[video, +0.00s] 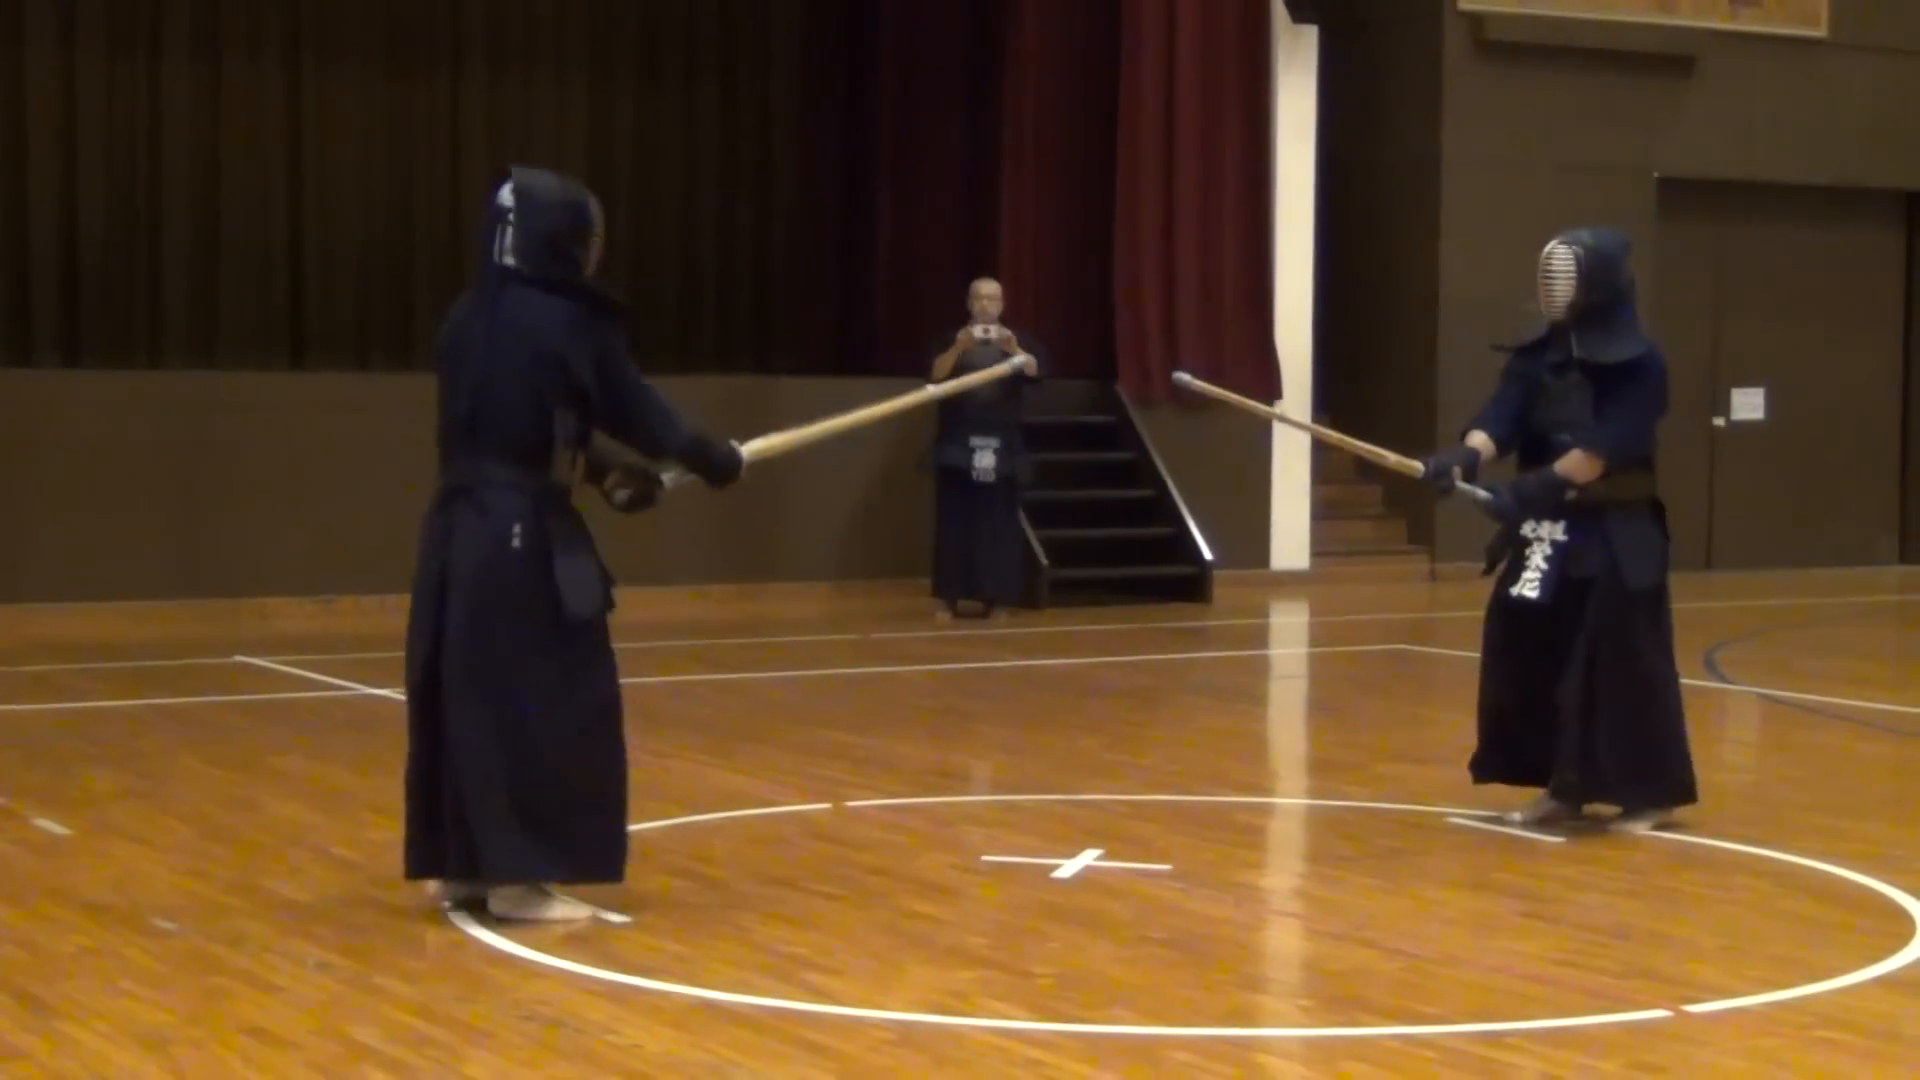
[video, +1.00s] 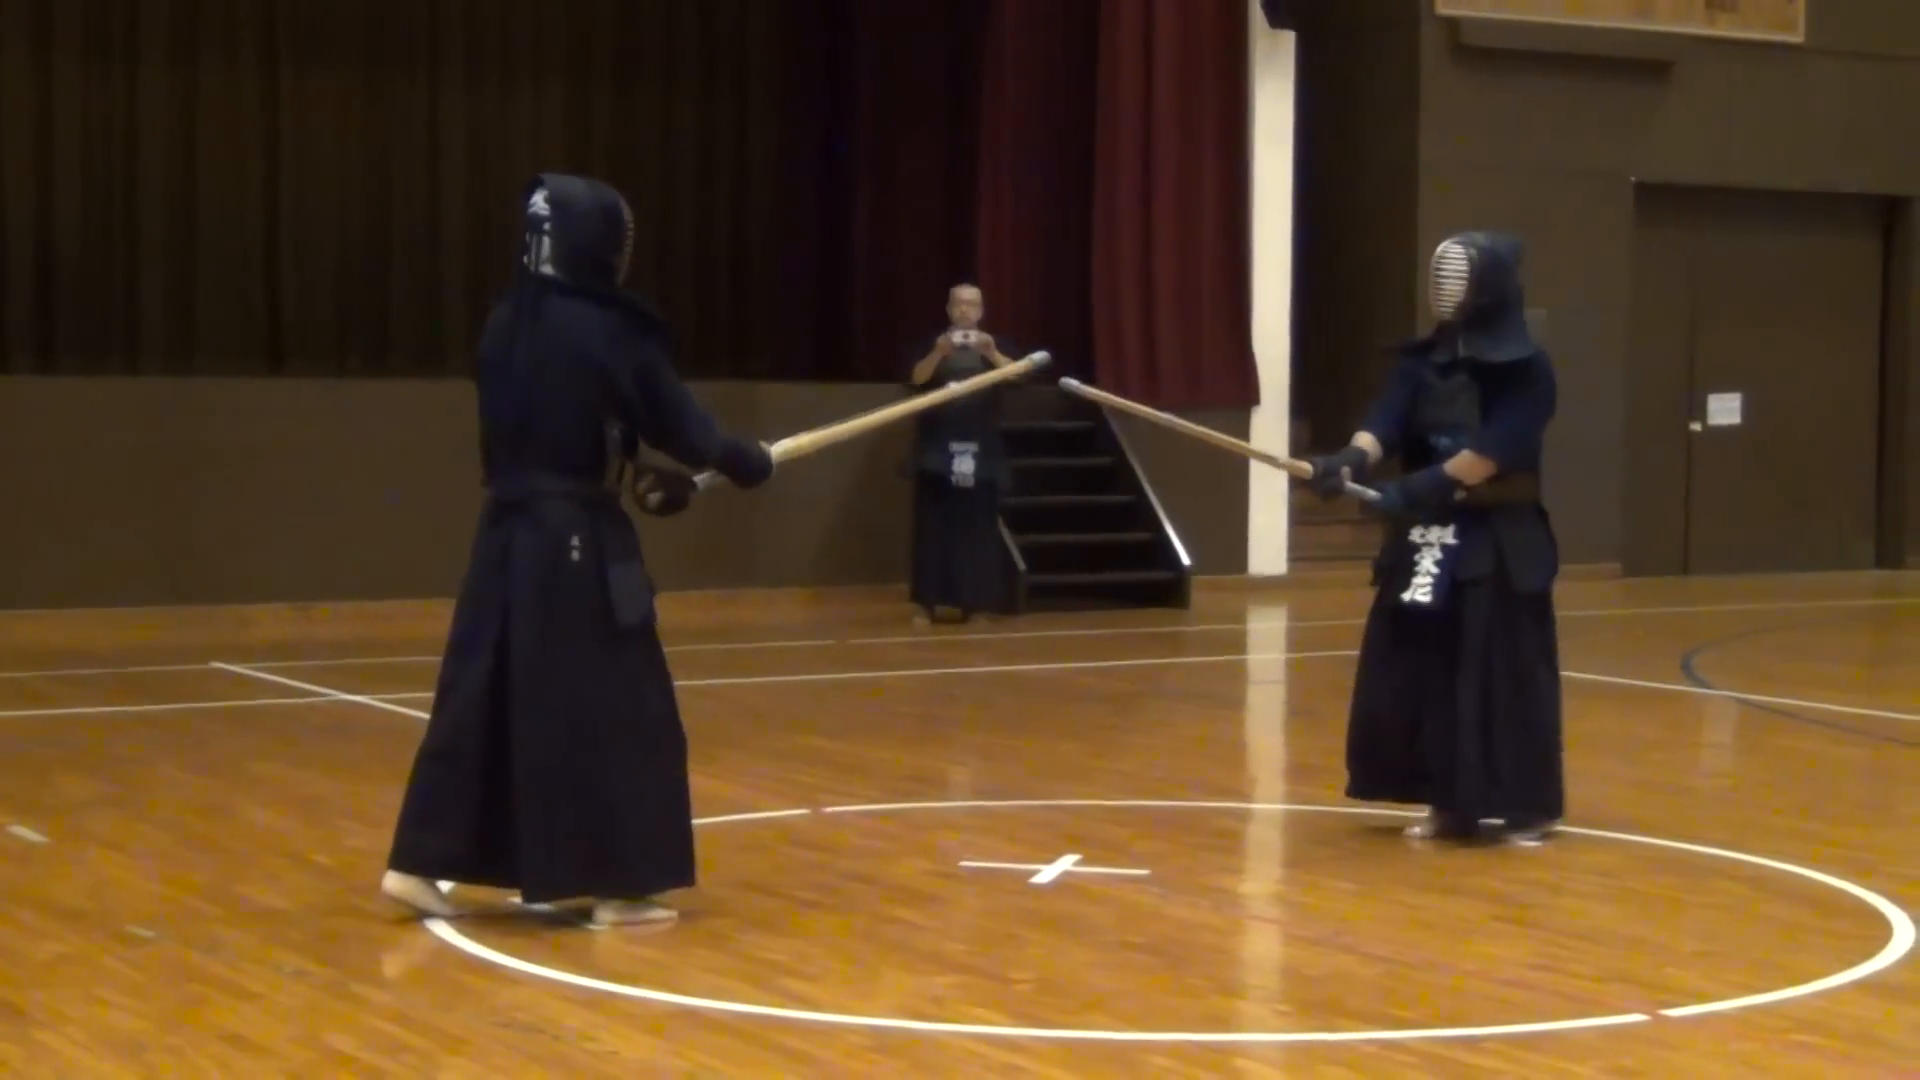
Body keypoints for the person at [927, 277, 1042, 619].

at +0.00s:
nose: (986, 305)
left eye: (992, 299)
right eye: (979, 299)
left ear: (1002, 303)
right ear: (969, 303)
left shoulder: (1015, 342)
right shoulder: (954, 340)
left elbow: (1035, 371)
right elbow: (936, 376)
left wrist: (1012, 348)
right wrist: (959, 347)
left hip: (1001, 440)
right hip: (958, 439)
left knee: (998, 517)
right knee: (954, 516)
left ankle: (997, 599)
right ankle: (947, 596)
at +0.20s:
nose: (987, 306)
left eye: (993, 300)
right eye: (981, 300)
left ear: (1003, 304)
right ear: (970, 304)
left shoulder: (1013, 343)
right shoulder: (956, 342)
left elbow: (1035, 371)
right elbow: (935, 376)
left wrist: (1011, 347)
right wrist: (960, 347)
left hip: (1000, 439)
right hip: (959, 438)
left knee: (999, 516)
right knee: (954, 516)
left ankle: (999, 599)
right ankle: (949, 598)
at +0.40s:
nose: (985, 307)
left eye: (992, 301)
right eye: (979, 301)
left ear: (1002, 306)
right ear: (969, 305)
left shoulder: (1012, 343)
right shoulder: (955, 343)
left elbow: (1034, 371)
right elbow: (934, 378)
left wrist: (1009, 349)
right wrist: (959, 348)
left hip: (999, 441)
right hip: (958, 439)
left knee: (997, 517)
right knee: (953, 517)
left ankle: (997, 600)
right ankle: (945, 597)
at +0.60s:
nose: (979, 308)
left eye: (986, 302)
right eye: (973, 302)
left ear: (997, 307)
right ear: (963, 306)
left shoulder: (1007, 348)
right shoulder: (947, 344)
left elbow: (1027, 376)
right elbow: (930, 375)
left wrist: (1002, 348)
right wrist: (954, 349)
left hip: (993, 441)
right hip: (952, 440)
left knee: (990, 516)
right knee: (950, 516)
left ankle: (989, 598)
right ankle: (947, 596)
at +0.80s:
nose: (975, 310)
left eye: (981, 304)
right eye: (969, 303)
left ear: (991, 309)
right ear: (958, 308)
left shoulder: (1001, 347)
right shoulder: (944, 345)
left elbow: (1026, 379)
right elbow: (924, 380)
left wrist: (1001, 353)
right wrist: (948, 352)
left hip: (989, 443)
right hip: (948, 442)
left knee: (986, 519)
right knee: (945, 519)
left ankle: (983, 600)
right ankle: (941, 598)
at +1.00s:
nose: (965, 311)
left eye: (972, 305)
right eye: (959, 304)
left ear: (982, 309)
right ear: (949, 308)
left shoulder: (995, 347)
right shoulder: (934, 345)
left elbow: (1019, 376)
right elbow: (916, 380)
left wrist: (990, 352)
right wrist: (940, 352)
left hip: (980, 444)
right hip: (938, 443)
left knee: (977, 521)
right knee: (935, 520)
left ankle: (976, 601)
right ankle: (930, 599)